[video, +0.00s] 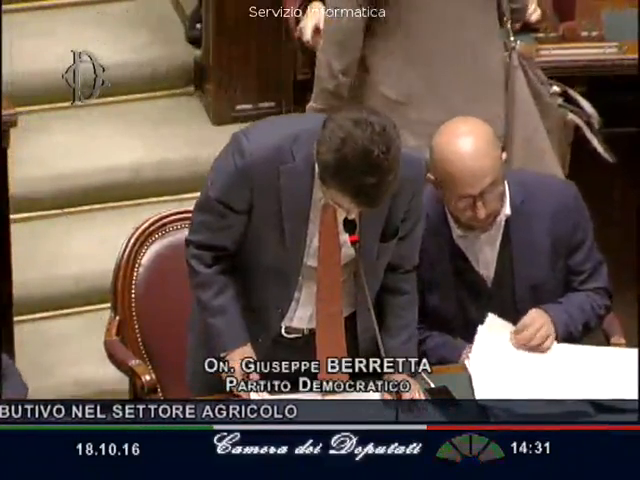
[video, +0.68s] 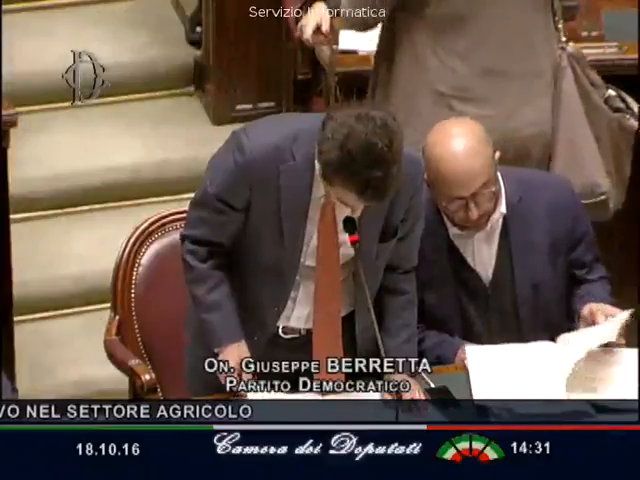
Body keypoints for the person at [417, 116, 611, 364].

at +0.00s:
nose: (480, 211)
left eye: (489, 192)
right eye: (464, 199)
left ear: (503, 160)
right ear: (434, 181)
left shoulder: (558, 201)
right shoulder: (414, 222)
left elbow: (595, 292)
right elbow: (404, 326)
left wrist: (554, 319)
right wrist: (463, 354)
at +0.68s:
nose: (474, 212)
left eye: (484, 192)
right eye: (456, 202)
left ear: (496, 159)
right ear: (428, 183)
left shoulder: (553, 198)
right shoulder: (408, 223)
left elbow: (588, 273)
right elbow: (398, 325)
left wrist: (592, 304)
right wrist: (455, 353)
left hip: (553, 371)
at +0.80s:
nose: (473, 213)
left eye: (483, 193)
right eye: (455, 201)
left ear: (496, 159)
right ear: (428, 183)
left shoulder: (554, 199)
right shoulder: (408, 223)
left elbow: (588, 274)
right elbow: (398, 324)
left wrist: (596, 307)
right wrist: (455, 353)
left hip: (555, 376)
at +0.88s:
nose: (474, 212)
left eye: (484, 193)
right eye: (456, 201)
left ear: (496, 159)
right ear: (429, 183)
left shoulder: (554, 199)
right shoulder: (409, 223)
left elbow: (587, 273)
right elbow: (398, 326)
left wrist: (601, 306)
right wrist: (455, 353)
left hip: (556, 376)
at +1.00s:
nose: (475, 211)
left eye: (484, 191)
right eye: (457, 200)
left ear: (495, 156)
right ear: (429, 182)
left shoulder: (554, 198)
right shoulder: (409, 222)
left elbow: (587, 272)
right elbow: (398, 324)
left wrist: (603, 306)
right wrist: (455, 353)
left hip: (556, 375)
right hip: (459, 385)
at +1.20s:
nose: (474, 209)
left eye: (484, 190)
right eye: (457, 199)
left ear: (495, 157)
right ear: (428, 183)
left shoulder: (553, 196)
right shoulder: (409, 222)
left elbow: (587, 271)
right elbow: (398, 326)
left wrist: (603, 307)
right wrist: (455, 353)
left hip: (557, 377)